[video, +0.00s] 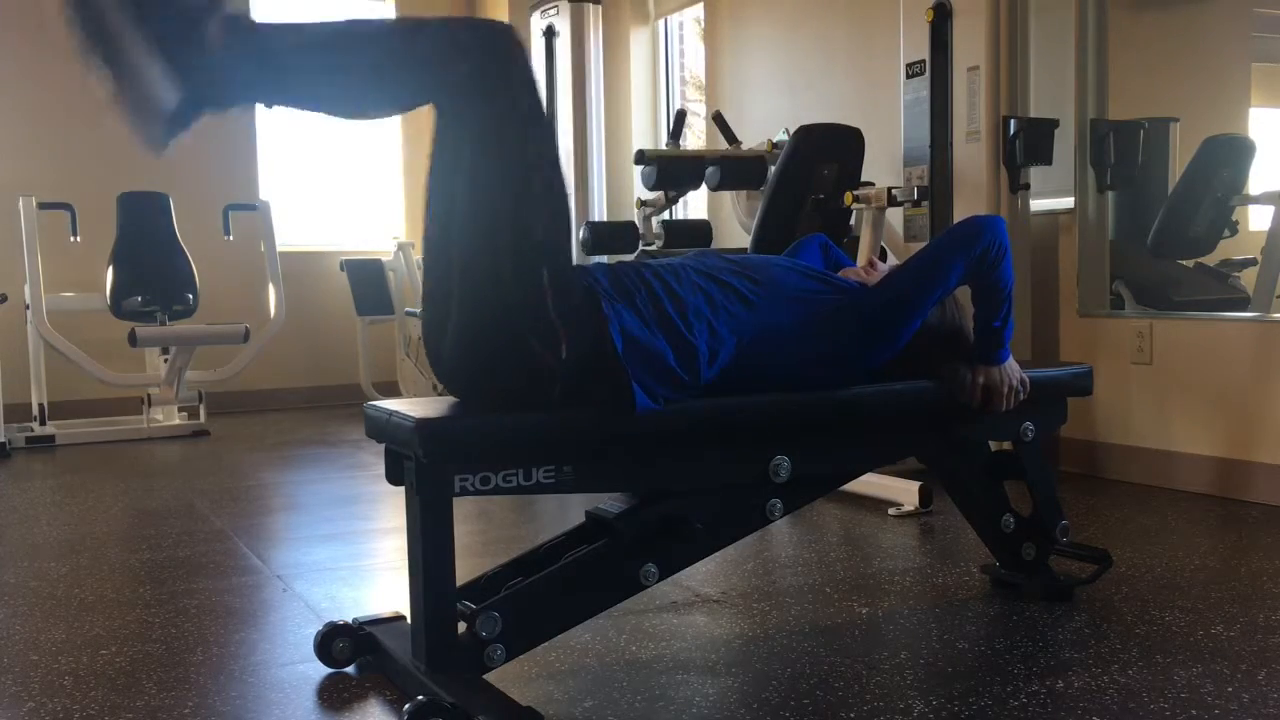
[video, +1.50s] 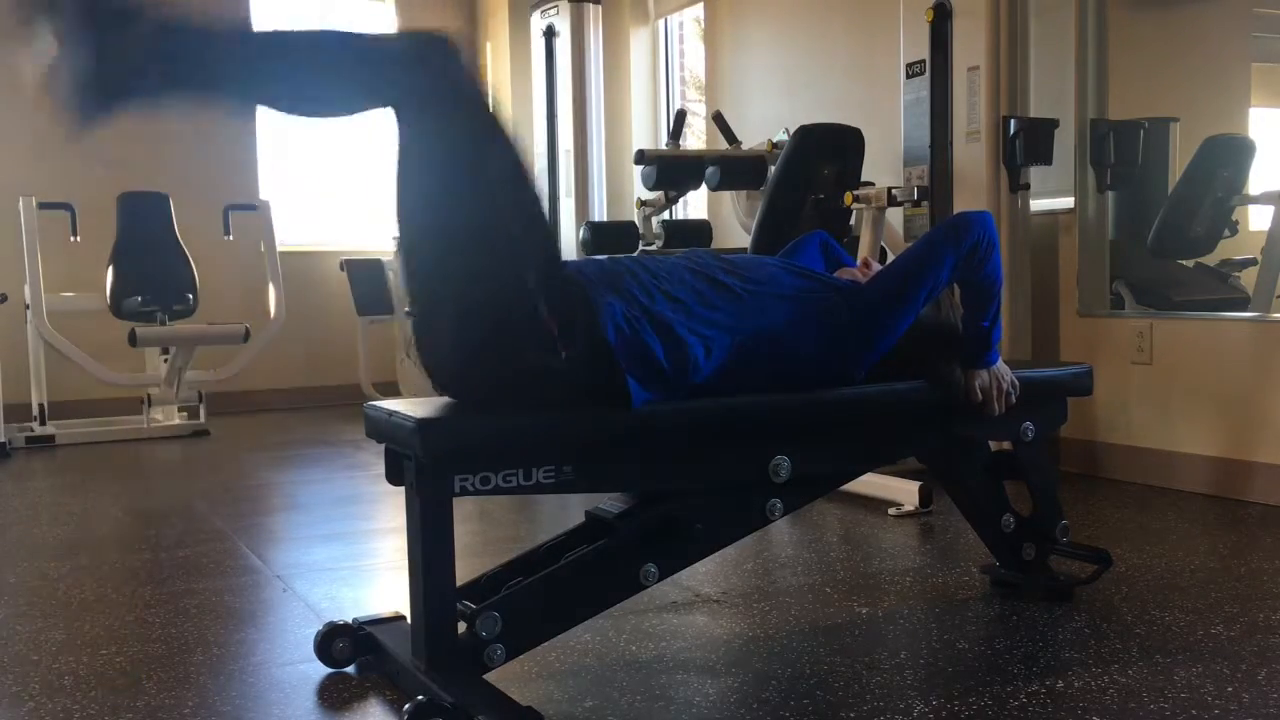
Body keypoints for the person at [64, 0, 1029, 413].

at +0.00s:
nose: (876, 251)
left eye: (894, 257)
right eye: (877, 246)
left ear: (904, 311)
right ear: (858, 266)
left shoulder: (856, 335)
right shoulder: (802, 285)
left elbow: (990, 233)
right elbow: (814, 165)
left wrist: (987, 353)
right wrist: (870, 247)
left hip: (530, 351)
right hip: (527, 316)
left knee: (484, 61)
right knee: (489, 50)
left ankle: (198, 72)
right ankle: (213, 48)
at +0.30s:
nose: (884, 260)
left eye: (901, 268)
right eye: (889, 255)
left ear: (907, 306)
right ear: (877, 271)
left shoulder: (855, 334)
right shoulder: (804, 290)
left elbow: (985, 228)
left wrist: (965, 336)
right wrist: (928, 301)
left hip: (553, 357)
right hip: (534, 311)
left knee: (342, 115)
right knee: (340, 107)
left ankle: (73, 244)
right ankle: (111, 234)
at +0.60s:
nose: (849, 236)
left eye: (859, 237)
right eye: (847, 232)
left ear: (867, 278)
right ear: (824, 257)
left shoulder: (854, 314)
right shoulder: (760, 279)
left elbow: (981, 220)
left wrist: (980, 351)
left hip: (546, 335)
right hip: (520, 304)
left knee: (243, 237)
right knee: (275, 219)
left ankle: (33, 443)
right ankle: (176, 291)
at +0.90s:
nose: (859, 246)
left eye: (866, 252)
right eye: (861, 241)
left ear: (875, 289)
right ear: (834, 262)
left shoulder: (855, 316)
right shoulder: (749, 283)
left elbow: (974, 224)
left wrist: (974, 350)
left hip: (563, 332)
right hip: (518, 305)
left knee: (232, 361)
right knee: (228, 355)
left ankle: (76, 622)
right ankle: (74, 612)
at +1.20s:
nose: (855, 240)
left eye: (866, 246)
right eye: (852, 238)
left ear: (880, 291)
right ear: (828, 267)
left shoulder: (855, 324)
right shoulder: (761, 272)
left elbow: (978, 226)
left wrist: (977, 353)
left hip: (550, 332)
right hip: (516, 298)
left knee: (244, 248)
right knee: (260, 233)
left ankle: (66, 476)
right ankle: (186, 286)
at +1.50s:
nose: (863, 244)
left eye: (881, 249)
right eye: (859, 237)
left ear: (890, 294)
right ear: (837, 254)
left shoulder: (853, 330)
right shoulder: (788, 285)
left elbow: (978, 230)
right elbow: (812, 180)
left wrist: (963, 338)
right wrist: (858, 241)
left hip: (538, 355)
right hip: (525, 327)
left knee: (429, 70)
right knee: (428, 70)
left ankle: (137, 57)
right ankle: (146, 46)